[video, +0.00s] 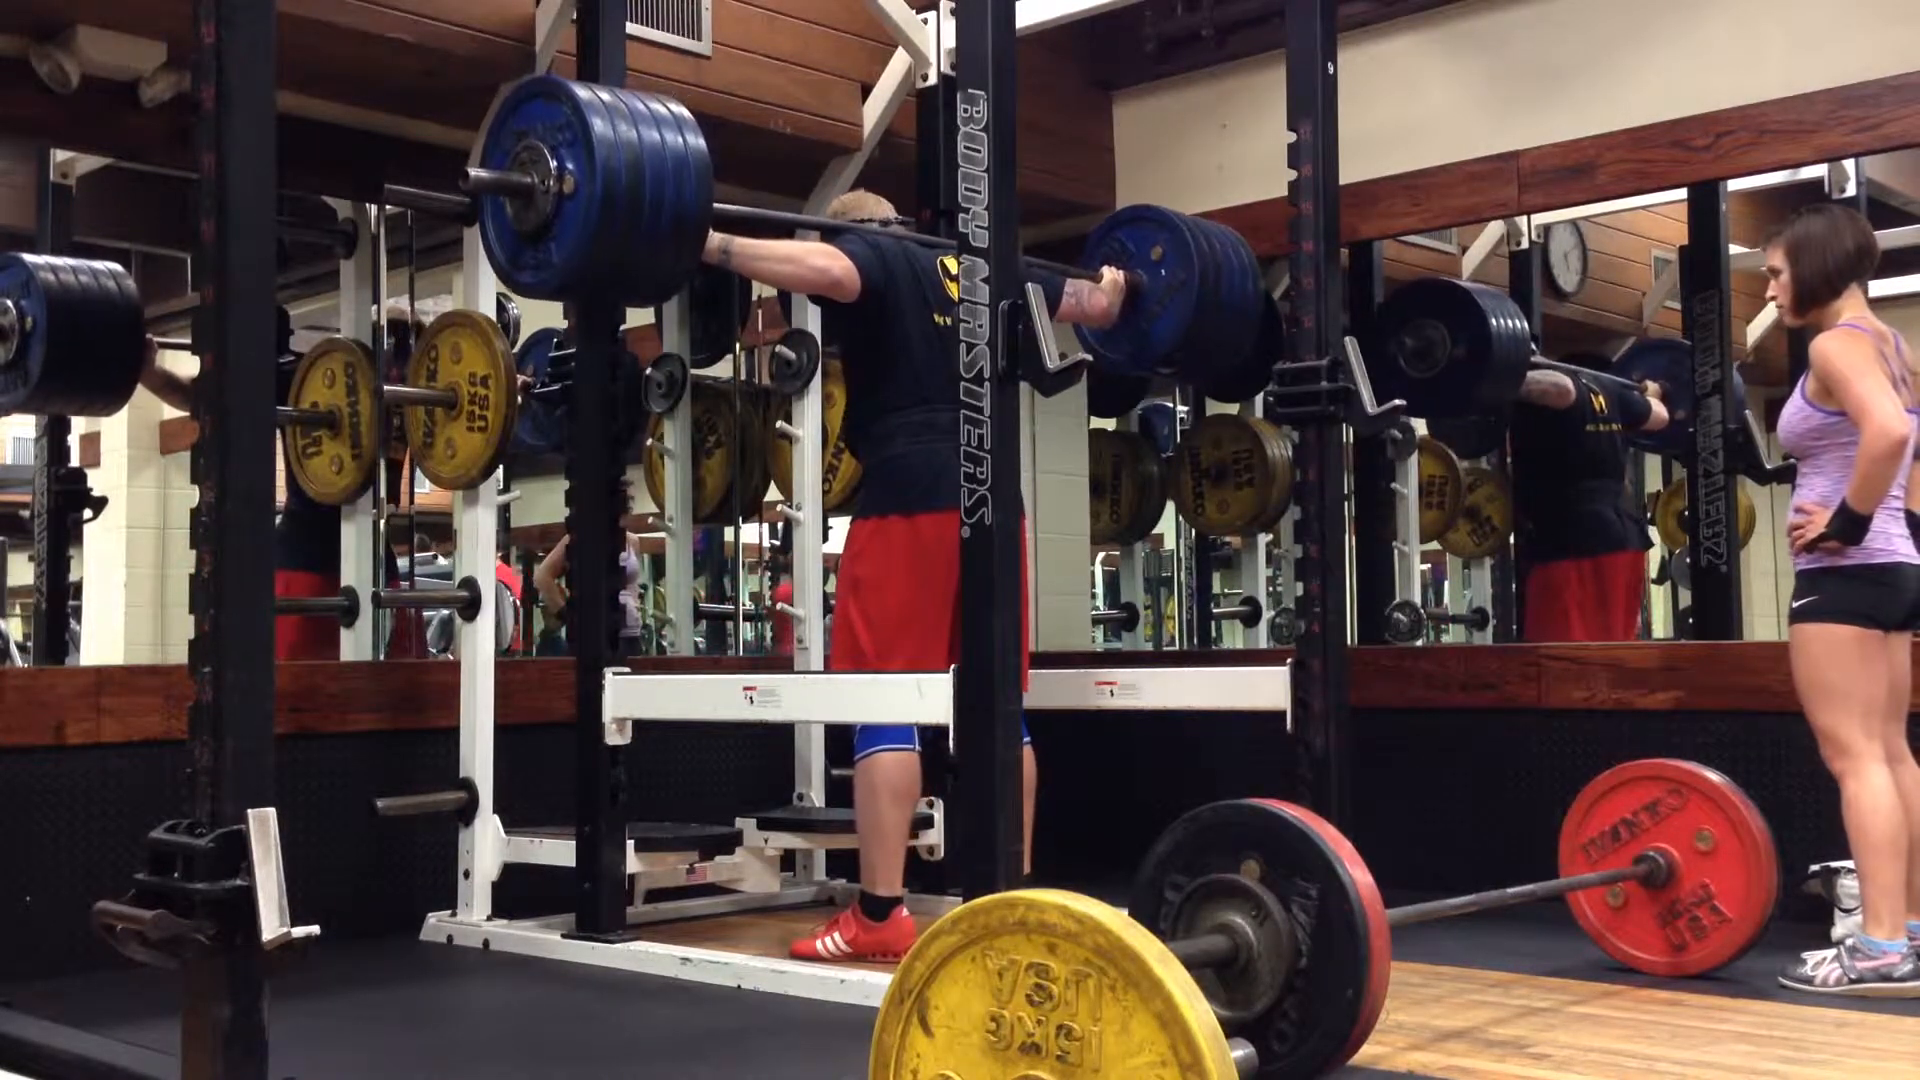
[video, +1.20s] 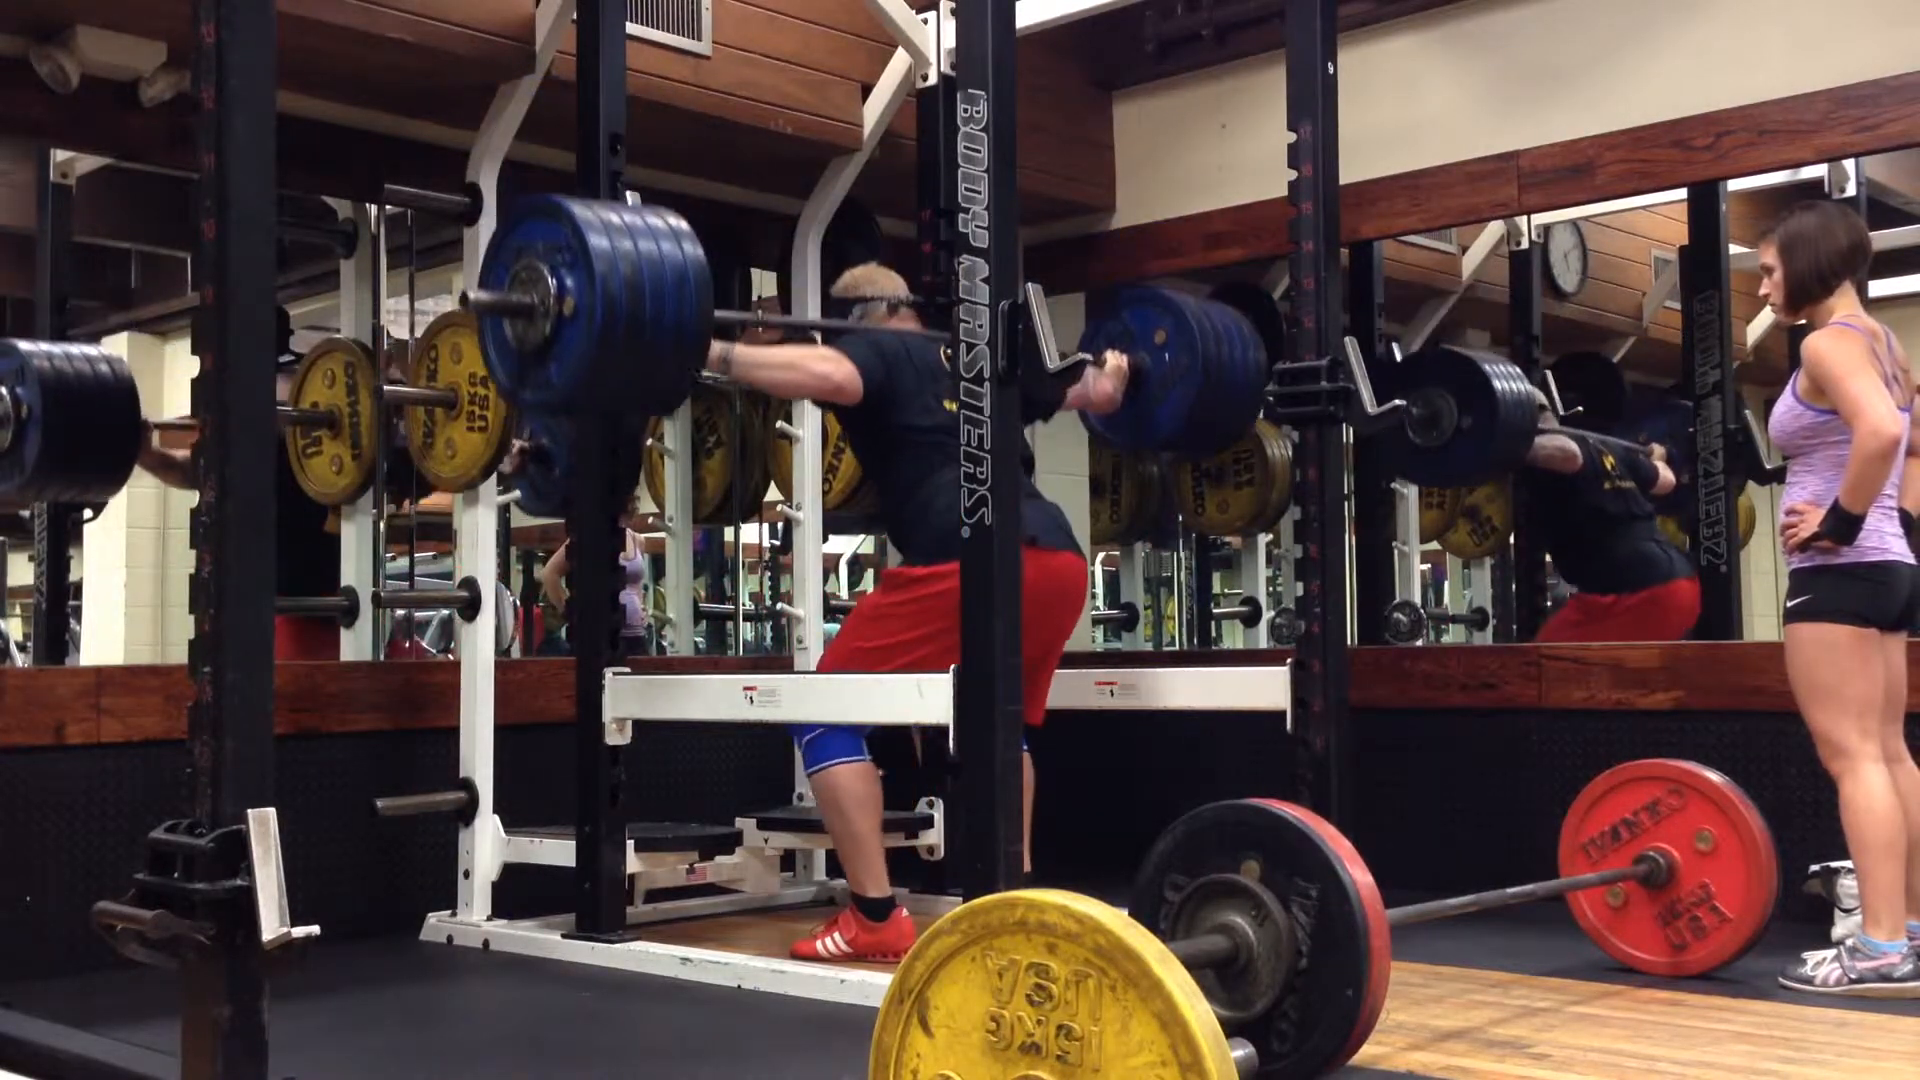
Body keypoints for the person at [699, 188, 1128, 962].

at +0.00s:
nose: (832, 248)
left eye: (834, 237)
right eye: (831, 237)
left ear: (854, 228)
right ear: (902, 220)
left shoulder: (872, 249)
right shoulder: (987, 267)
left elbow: (831, 273)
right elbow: (1093, 304)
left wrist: (719, 245)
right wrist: (1117, 279)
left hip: (912, 502)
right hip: (1002, 507)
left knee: (884, 707)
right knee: (1000, 712)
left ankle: (880, 910)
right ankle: (1011, 900)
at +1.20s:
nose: (844, 337)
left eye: (847, 325)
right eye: (845, 328)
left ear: (874, 315)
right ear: (910, 310)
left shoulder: (876, 347)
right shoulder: (985, 363)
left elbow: (831, 376)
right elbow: (1098, 395)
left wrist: (709, 351)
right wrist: (1115, 369)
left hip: (959, 563)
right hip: (1058, 564)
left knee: (823, 711)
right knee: (1003, 725)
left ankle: (874, 912)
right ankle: (1013, 901)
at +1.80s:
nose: (834, 431)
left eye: (835, 421)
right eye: (833, 423)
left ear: (846, 416)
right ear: (906, 410)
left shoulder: (865, 448)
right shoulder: (973, 454)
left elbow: (827, 486)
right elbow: (1087, 488)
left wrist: (712, 463)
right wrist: (1106, 459)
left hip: (953, 645)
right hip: (1058, 643)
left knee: (785, 737)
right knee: (1005, 763)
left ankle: (872, 913)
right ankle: (1011, 902)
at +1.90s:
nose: (838, 450)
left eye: (841, 438)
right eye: (837, 440)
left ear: (862, 427)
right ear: (904, 426)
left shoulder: (863, 466)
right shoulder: (975, 470)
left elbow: (826, 503)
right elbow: (1085, 502)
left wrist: (707, 483)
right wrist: (1105, 477)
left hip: (952, 660)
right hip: (1057, 659)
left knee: (779, 738)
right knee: (1003, 776)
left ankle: (872, 913)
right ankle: (1010, 910)